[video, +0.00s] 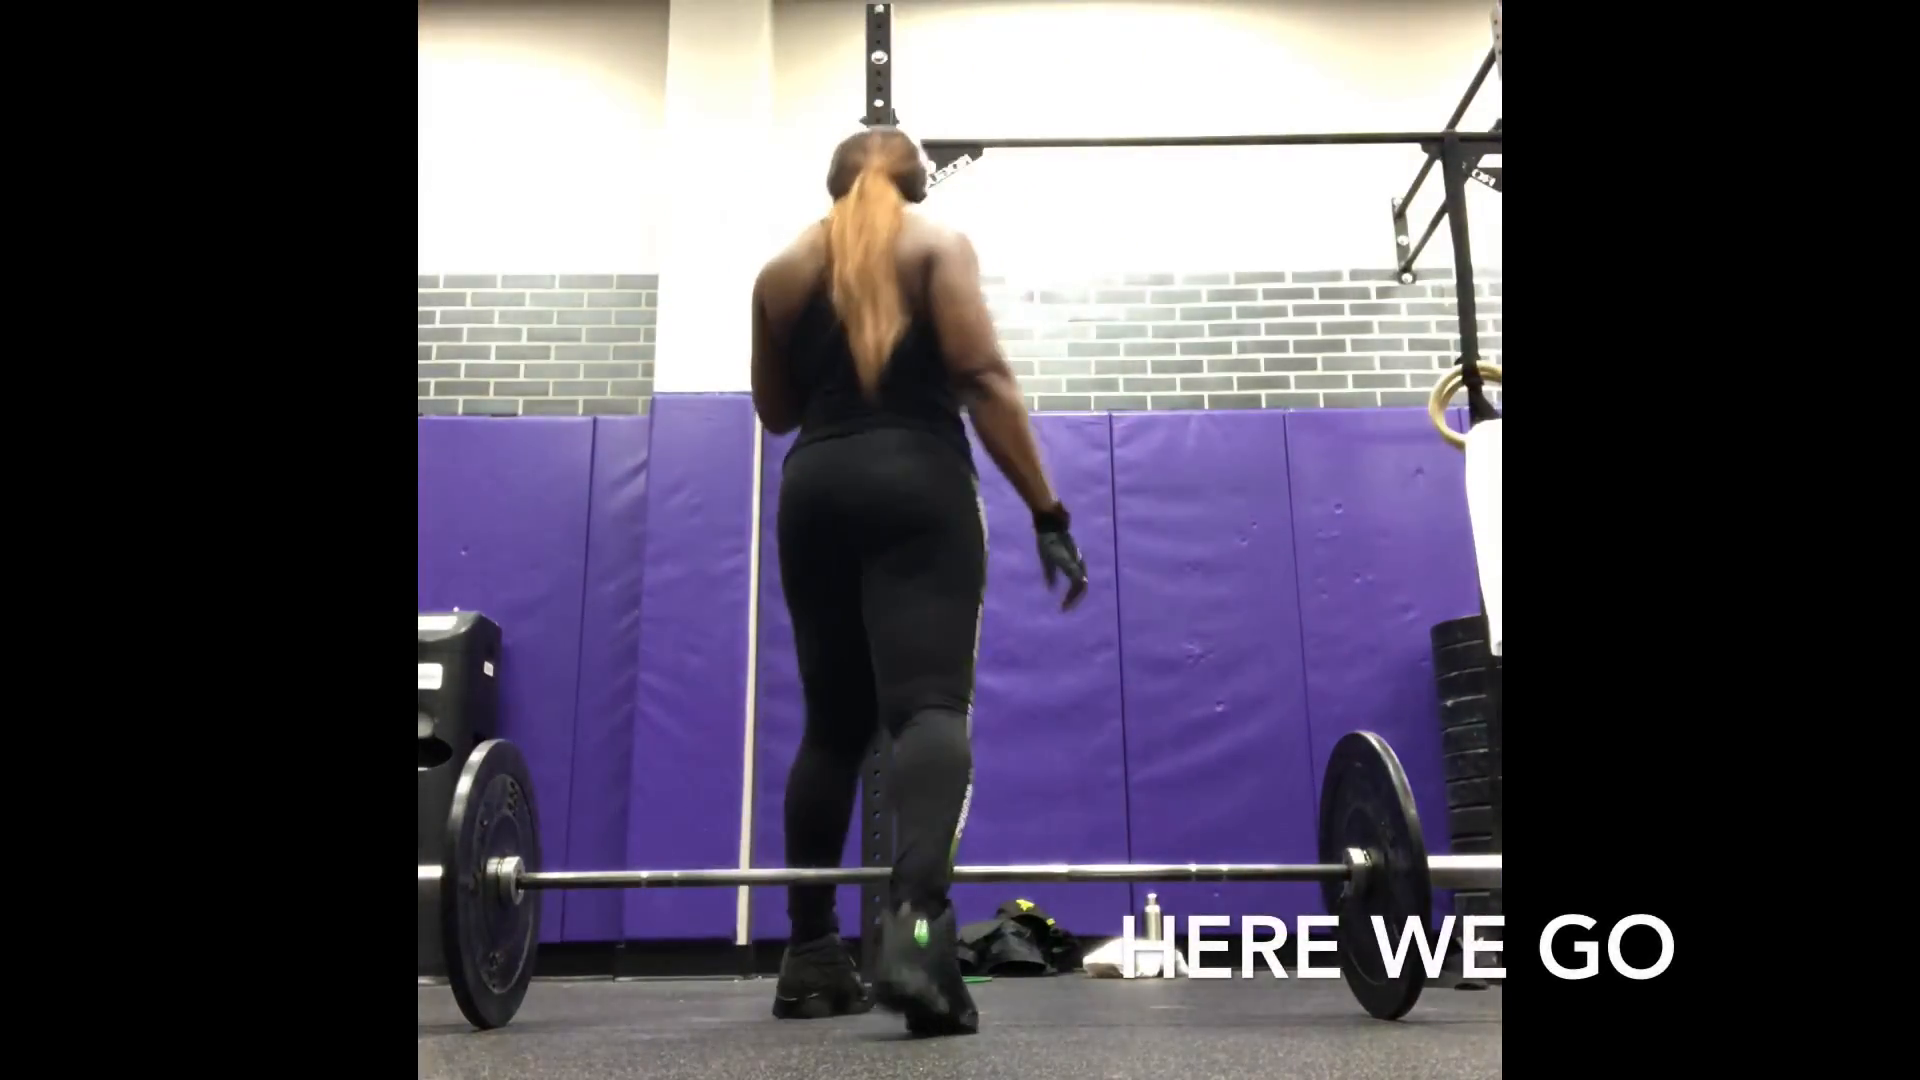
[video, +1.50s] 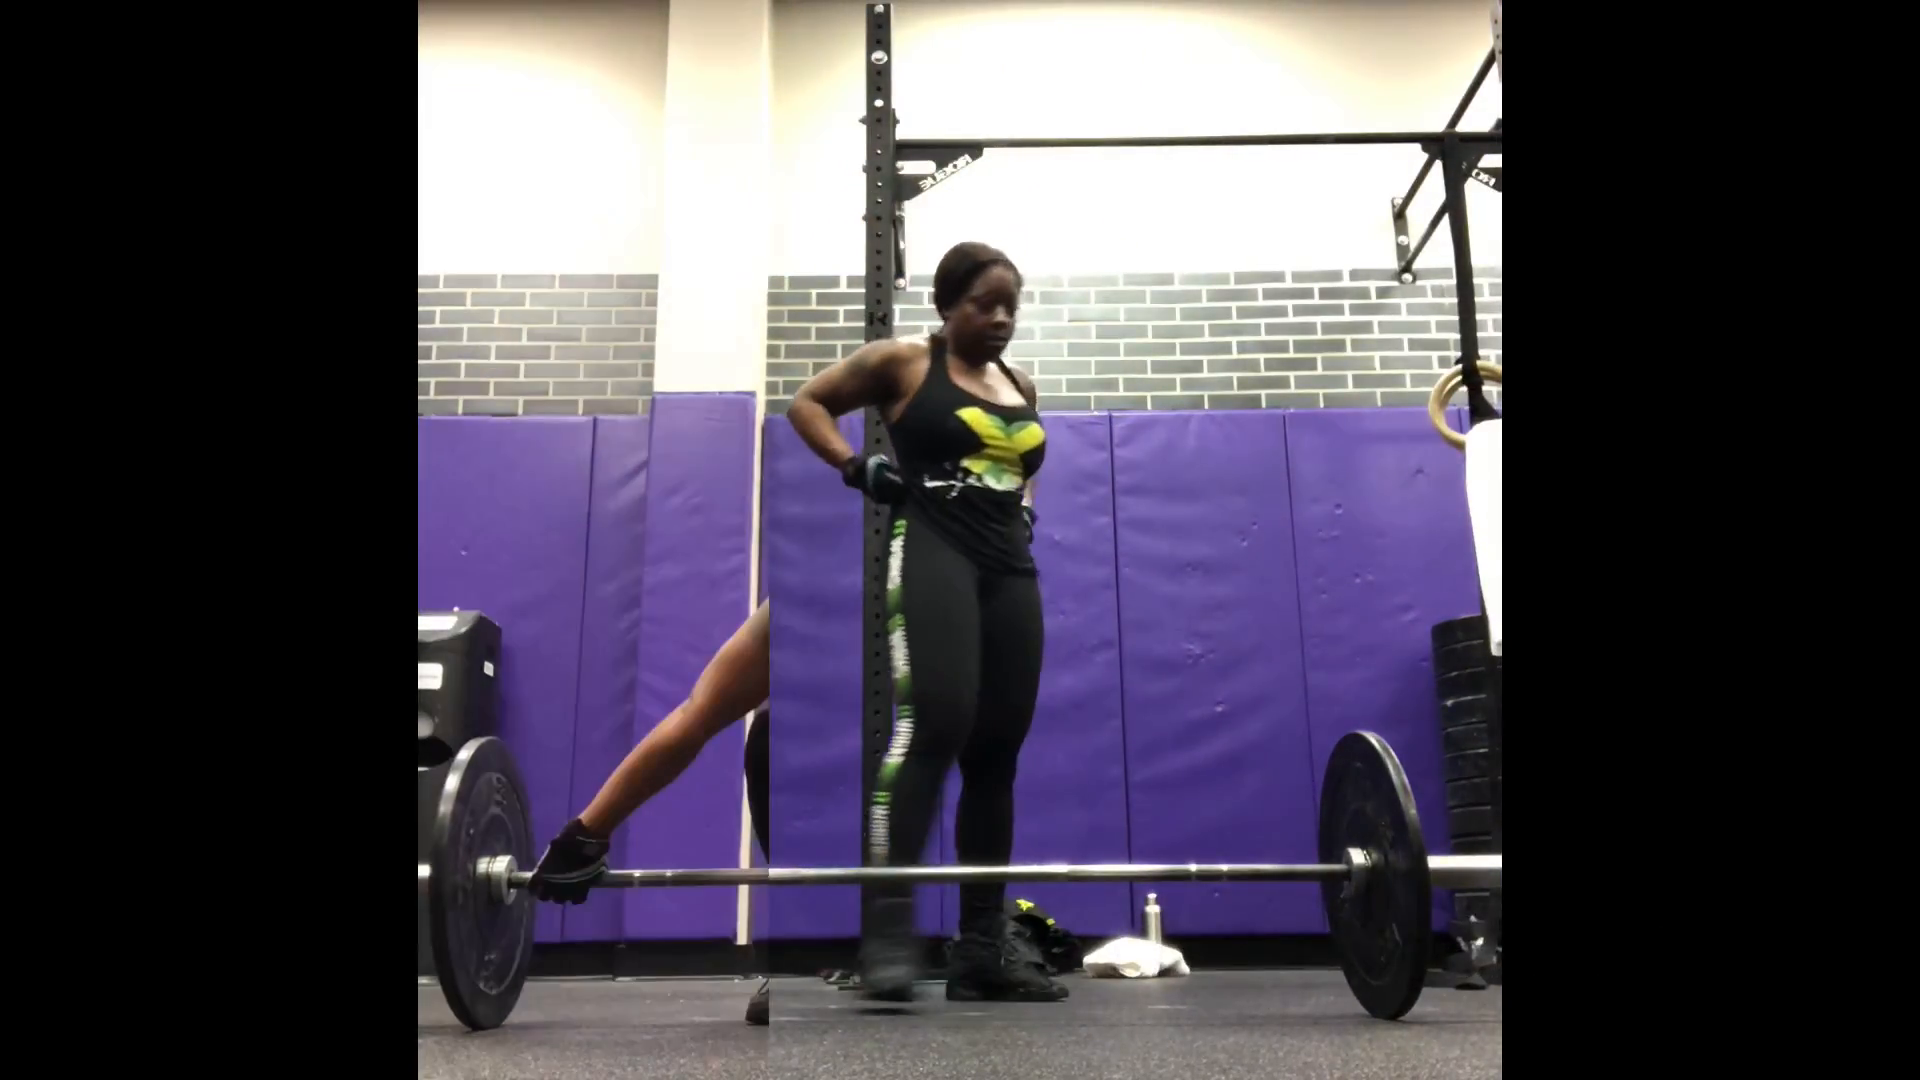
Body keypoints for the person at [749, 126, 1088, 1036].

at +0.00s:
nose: (924, 189)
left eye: (913, 176)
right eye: (923, 178)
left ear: (835, 186)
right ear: (912, 186)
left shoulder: (783, 272)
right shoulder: (935, 245)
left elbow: (776, 407)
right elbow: (983, 378)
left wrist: (860, 378)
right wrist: (1048, 511)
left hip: (812, 486)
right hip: (921, 477)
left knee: (833, 726)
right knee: (930, 710)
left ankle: (813, 953)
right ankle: (915, 934)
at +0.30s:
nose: (926, 227)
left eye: (918, 214)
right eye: (923, 216)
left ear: (849, 219)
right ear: (908, 222)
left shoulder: (790, 301)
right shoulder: (911, 265)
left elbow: (786, 431)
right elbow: (919, 358)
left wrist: (847, 477)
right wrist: (960, 483)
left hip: (811, 494)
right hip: (904, 479)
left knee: (835, 732)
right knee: (1030, 653)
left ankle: (813, 955)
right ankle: (926, 692)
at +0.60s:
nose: (969, 258)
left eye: (966, 245)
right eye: (963, 245)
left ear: (894, 247)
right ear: (940, 243)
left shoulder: (855, 316)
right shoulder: (937, 288)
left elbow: (821, 456)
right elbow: (941, 382)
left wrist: (925, 438)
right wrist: (1023, 503)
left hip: (870, 528)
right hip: (951, 520)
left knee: (885, 738)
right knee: (994, 733)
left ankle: (821, 943)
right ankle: (987, 945)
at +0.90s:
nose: (1030, 269)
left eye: (1028, 255)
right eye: (1020, 254)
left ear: (963, 260)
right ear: (982, 254)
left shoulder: (929, 324)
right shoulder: (969, 290)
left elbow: (841, 417)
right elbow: (887, 304)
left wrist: (903, 485)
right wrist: (959, 397)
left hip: (931, 525)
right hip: (977, 517)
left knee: (1016, 728)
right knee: (999, 730)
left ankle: (916, 916)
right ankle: (987, 942)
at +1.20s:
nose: (1044, 296)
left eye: (1043, 282)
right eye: (1032, 281)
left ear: (999, 290)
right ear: (987, 286)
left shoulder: (991, 363)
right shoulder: (936, 331)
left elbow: (992, 473)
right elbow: (826, 372)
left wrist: (1018, 537)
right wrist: (906, 455)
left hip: (1006, 557)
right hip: (959, 543)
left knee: (1010, 739)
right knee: (980, 731)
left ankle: (991, 938)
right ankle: (977, 944)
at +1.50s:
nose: (1002, 318)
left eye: (1011, 306)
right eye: (987, 304)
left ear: (1017, 311)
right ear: (947, 305)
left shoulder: (1015, 379)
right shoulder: (901, 363)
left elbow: (1023, 453)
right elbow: (805, 404)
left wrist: (1020, 495)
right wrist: (850, 462)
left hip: (1009, 561)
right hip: (928, 549)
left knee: (994, 754)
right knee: (930, 728)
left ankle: (982, 948)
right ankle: (886, 941)